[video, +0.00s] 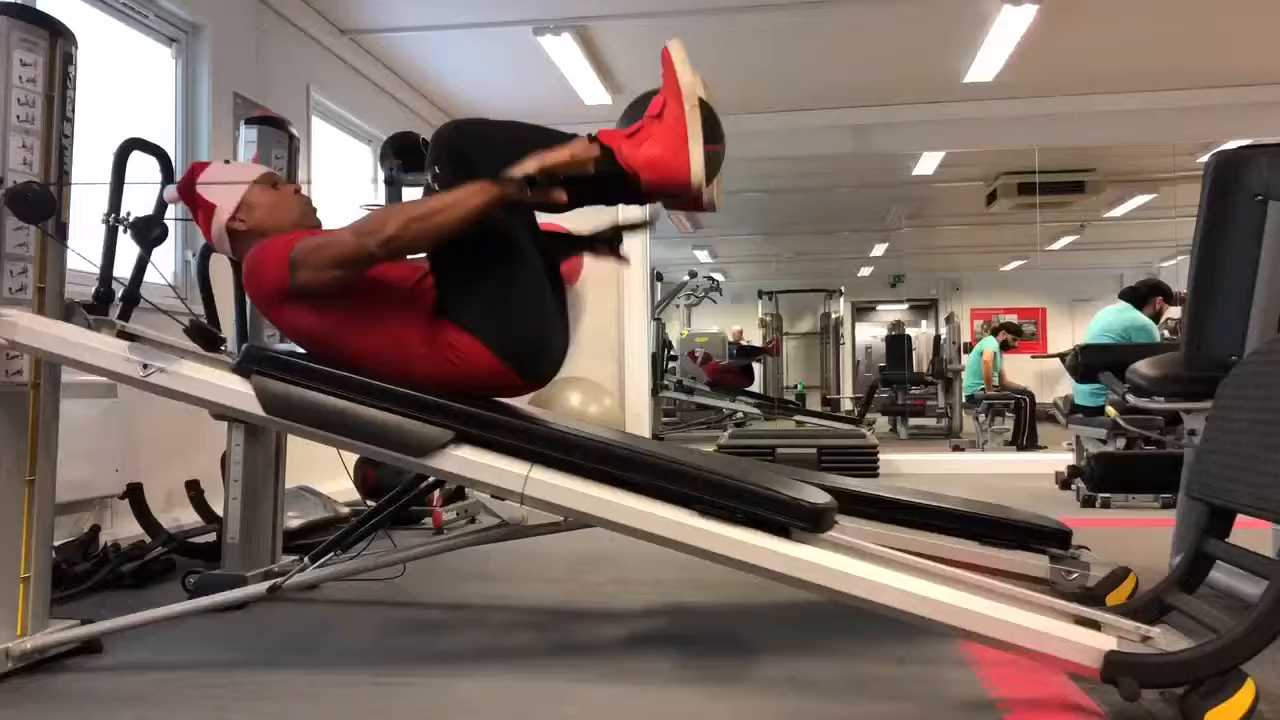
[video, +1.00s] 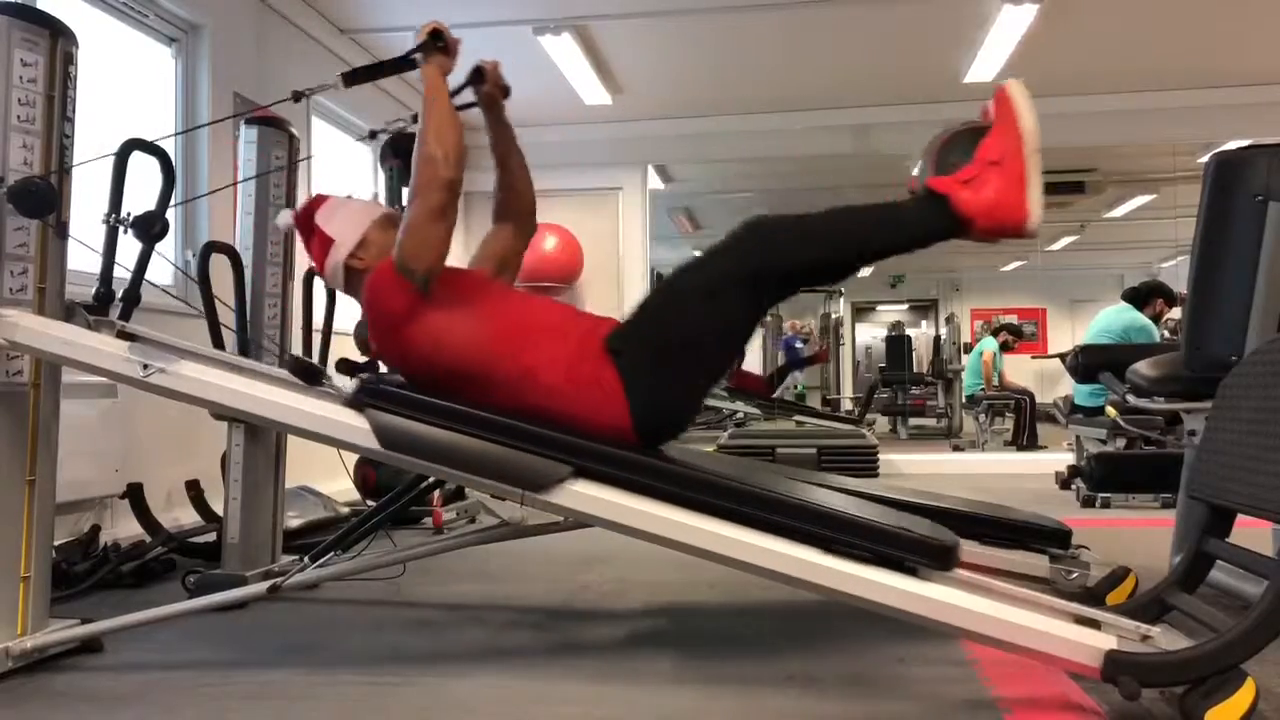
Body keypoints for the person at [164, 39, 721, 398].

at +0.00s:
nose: (298, 188)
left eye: (284, 179)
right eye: (277, 183)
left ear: (246, 222)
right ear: (242, 220)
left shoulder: (289, 271)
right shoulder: (270, 264)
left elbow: (405, 245)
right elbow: (382, 237)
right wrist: (505, 186)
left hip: (505, 342)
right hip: (501, 342)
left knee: (464, 159)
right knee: (458, 143)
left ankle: (642, 159)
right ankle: (642, 161)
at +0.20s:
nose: (299, 165)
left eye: (287, 154)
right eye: (278, 160)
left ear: (249, 195)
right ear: (242, 197)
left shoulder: (293, 245)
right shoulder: (276, 238)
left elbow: (408, 257)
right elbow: (387, 249)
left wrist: (527, 241)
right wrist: (517, 242)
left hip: (485, 349)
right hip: (483, 349)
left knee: (476, 161)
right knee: (472, 148)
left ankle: (653, 184)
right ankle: (661, 194)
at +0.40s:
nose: (312, 172)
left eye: (301, 162)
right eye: (290, 166)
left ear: (271, 192)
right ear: (252, 199)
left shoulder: (314, 258)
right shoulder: (279, 248)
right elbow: (384, 236)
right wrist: (516, 204)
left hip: (495, 355)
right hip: (494, 353)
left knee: (511, 176)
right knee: (521, 154)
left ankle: (696, 213)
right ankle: (700, 228)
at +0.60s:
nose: (313, 182)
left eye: (305, 173)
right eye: (295, 179)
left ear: (298, 193)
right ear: (268, 208)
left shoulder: (354, 256)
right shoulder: (294, 255)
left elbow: (474, 255)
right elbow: (396, 191)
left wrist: (557, 222)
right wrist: (498, 98)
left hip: (521, 347)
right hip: (511, 360)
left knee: (588, 183)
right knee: (583, 176)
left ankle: (757, 223)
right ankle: (768, 240)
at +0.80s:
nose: (349, 199)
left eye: (339, 192)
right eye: (329, 198)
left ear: (334, 218)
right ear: (305, 231)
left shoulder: (383, 277)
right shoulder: (338, 270)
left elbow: (503, 229)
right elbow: (430, 167)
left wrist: (545, 134)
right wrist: (480, 60)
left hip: (558, 358)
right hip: (557, 374)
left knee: (664, 210)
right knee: (662, 210)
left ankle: (845, 213)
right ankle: (869, 226)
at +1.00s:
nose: (387, 225)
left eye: (378, 215)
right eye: (370, 225)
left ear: (380, 238)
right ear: (351, 257)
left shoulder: (445, 297)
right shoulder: (391, 304)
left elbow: (518, 219)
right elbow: (438, 179)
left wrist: (495, 119)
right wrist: (436, 76)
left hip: (630, 369)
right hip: (625, 390)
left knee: (754, 246)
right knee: (749, 253)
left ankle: (959, 202)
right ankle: (966, 206)